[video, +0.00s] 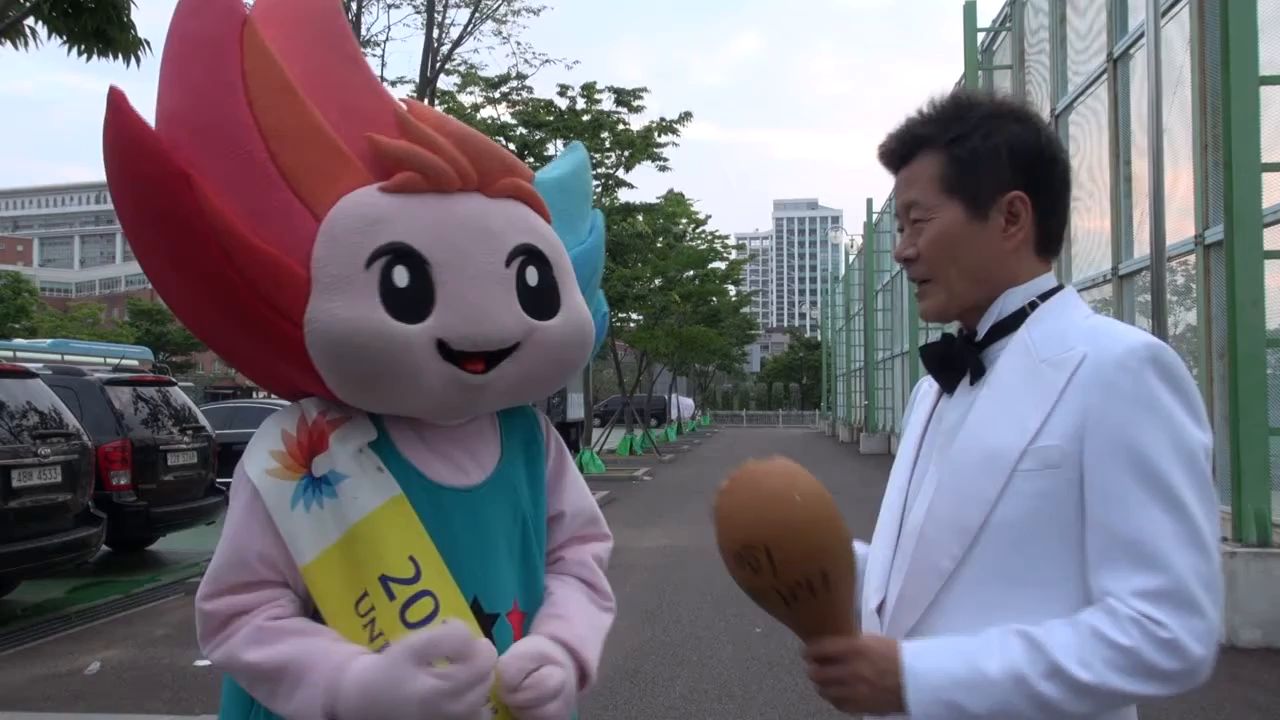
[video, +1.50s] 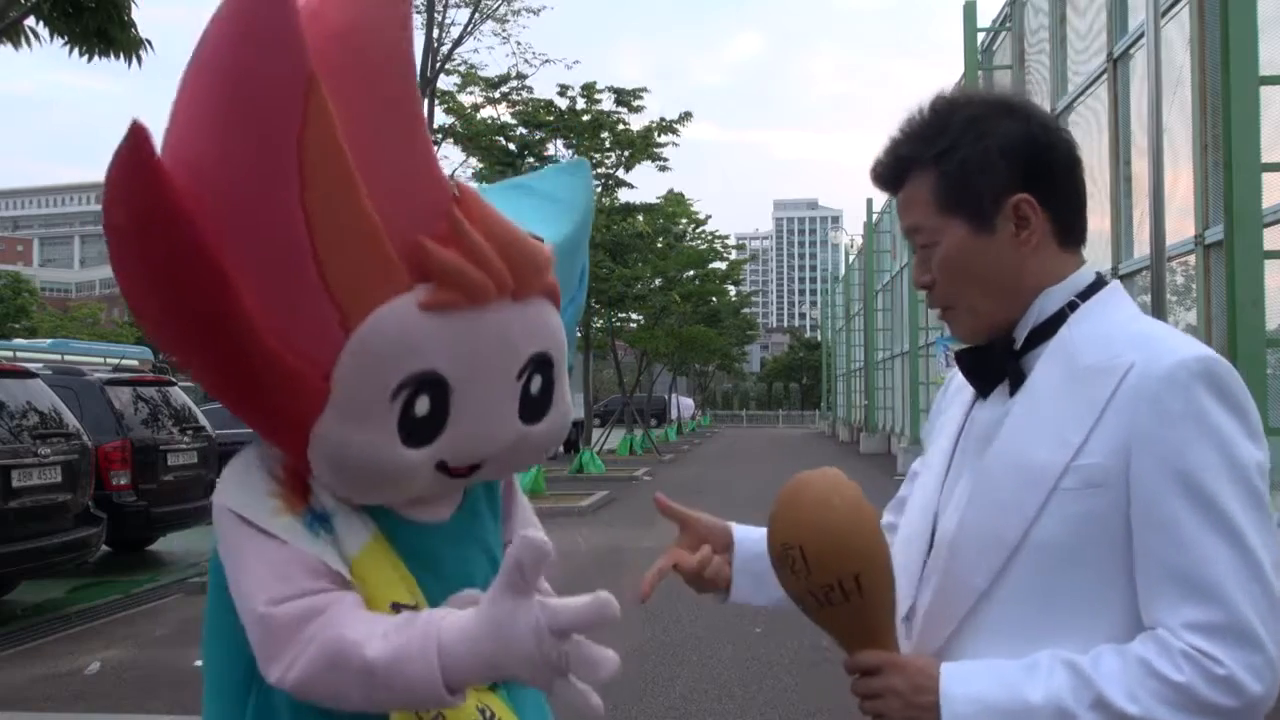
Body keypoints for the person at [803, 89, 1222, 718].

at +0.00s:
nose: (900, 252)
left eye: (917, 220)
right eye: (900, 226)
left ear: (1011, 218)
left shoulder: (1121, 368)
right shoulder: (939, 385)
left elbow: (1170, 633)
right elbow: (920, 576)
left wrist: (915, 679)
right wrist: (815, 566)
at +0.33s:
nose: (913, 247)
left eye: (929, 215)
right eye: (915, 220)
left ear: (1022, 216)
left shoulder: (1139, 372)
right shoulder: (955, 381)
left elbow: (1200, 646)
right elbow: (924, 578)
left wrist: (941, 693)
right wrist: (789, 528)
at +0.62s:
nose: (923, 243)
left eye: (941, 212)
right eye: (926, 216)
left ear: (1034, 213)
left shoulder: (1145, 370)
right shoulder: (977, 376)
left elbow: (1199, 652)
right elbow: (939, 589)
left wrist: (934, 685)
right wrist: (788, 529)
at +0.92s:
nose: (923, 254)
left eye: (935, 220)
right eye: (923, 226)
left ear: (1030, 215)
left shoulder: (1145, 371)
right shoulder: (991, 373)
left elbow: (1194, 661)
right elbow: (891, 536)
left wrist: (923, 691)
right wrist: (819, 394)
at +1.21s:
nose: (922, 254)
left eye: (931, 223)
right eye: (919, 228)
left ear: (1026, 213)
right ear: (1024, 216)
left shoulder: (1147, 376)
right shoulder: (981, 371)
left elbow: (1194, 668)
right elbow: (868, 485)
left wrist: (924, 693)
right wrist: (889, 335)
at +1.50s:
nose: (917, 278)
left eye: (927, 243)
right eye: (912, 250)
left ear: (1020, 222)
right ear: (1009, 226)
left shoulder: (1170, 382)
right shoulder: (976, 382)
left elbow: (1228, 668)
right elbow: (912, 565)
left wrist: (956, 692)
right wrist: (749, 559)